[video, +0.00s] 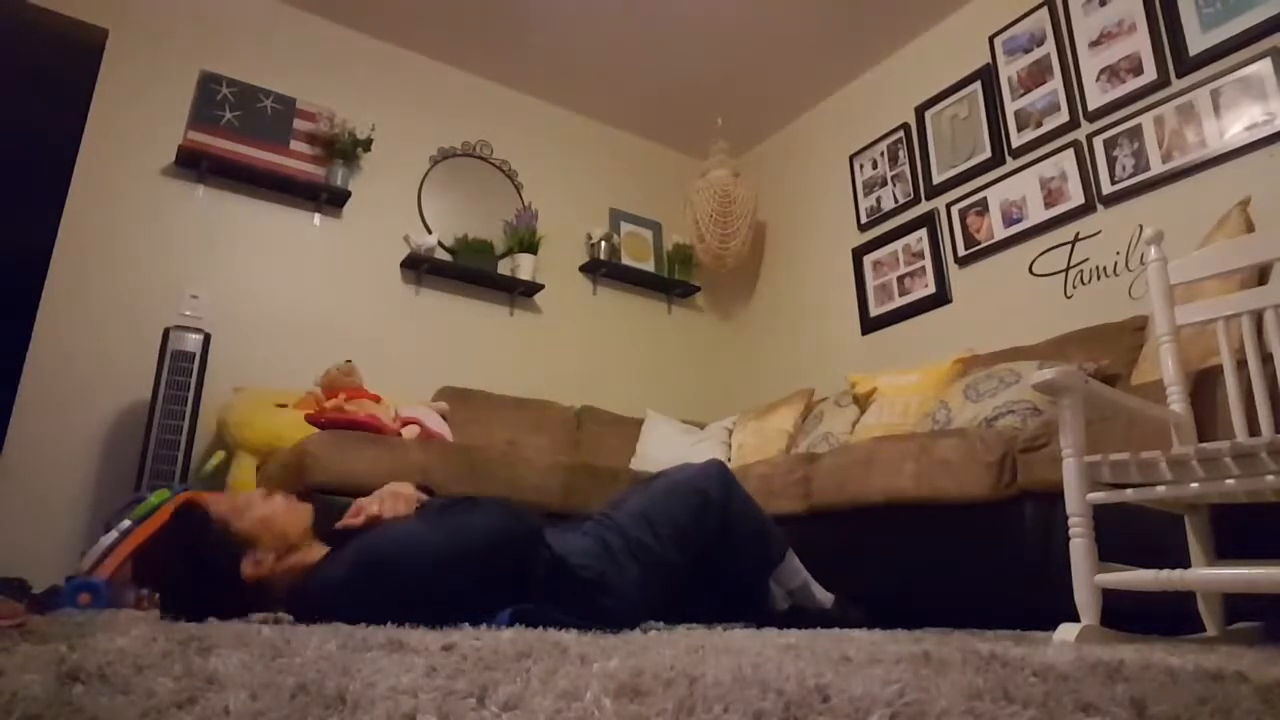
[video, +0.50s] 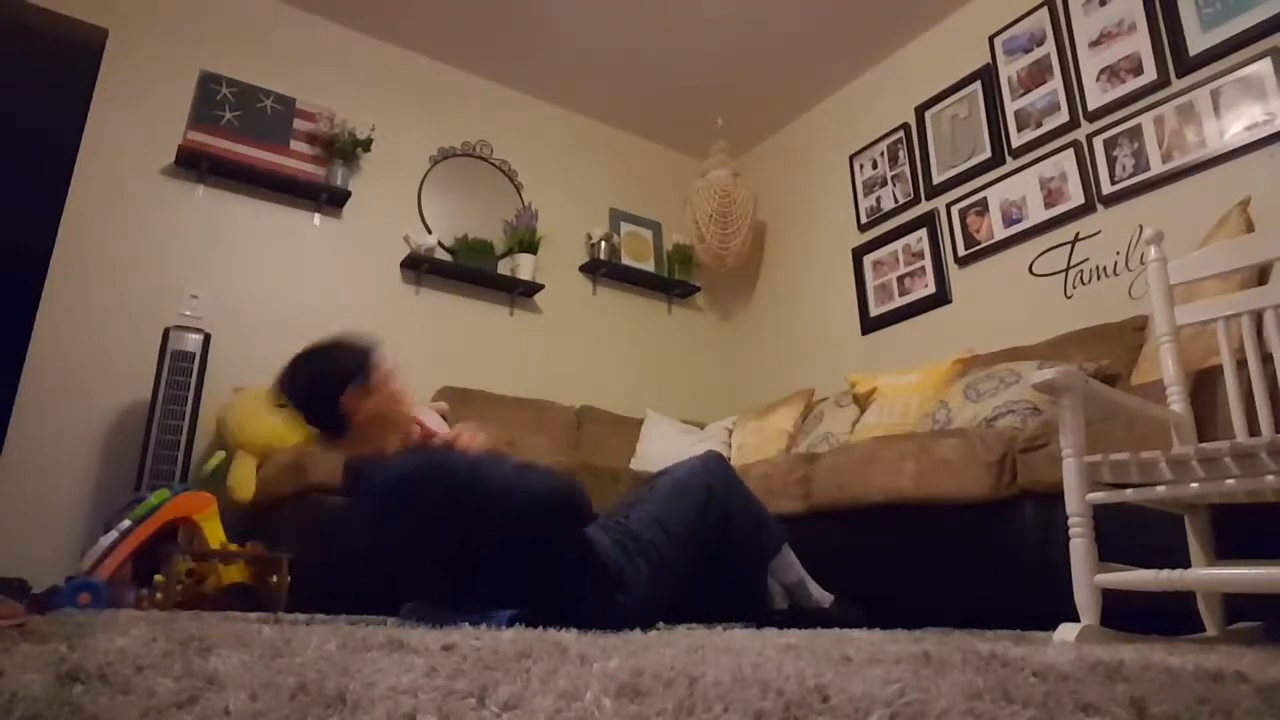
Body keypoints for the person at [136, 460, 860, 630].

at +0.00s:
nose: (266, 487)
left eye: (247, 491)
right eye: (249, 502)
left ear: (264, 552)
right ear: (257, 559)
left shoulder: (322, 562)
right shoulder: (355, 576)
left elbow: (486, 522)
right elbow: (511, 529)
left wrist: (412, 511)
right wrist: (417, 509)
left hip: (555, 564)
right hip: (575, 583)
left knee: (697, 504)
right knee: (708, 484)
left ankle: (785, 622)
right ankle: (817, 610)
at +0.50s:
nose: (401, 387)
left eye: (391, 375)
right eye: (387, 379)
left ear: (343, 414)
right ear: (356, 404)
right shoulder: (427, 478)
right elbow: (570, 503)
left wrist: (444, 455)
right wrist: (482, 455)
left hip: (541, 595)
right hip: (595, 590)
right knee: (709, 474)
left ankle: (786, 610)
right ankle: (806, 599)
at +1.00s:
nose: (728, 408)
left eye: (733, 404)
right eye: (731, 399)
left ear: (683, 363)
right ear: (722, 375)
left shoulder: (624, 394)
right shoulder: (706, 390)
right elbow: (695, 501)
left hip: (582, 589)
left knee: (729, 467)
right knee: (730, 481)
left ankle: (818, 593)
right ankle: (789, 599)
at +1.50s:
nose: (510, 353)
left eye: (508, 340)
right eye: (503, 339)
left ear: (450, 341)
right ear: (473, 338)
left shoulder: (425, 427)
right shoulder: (496, 420)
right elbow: (596, 509)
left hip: (511, 595)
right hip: (592, 599)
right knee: (713, 475)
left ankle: (790, 602)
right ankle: (812, 593)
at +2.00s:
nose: (334, 456)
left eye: (319, 448)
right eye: (314, 456)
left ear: (291, 506)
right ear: (289, 504)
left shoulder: (332, 564)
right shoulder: (369, 556)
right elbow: (537, 535)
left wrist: (437, 499)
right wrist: (444, 498)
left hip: (559, 567)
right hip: (583, 581)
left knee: (684, 484)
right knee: (712, 482)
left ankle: (789, 610)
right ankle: (819, 613)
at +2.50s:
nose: (617, 341)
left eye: (618, 330)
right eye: (617, 328)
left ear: (561, 312)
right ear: (598, 312)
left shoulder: (519, 382)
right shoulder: (599, 368)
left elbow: (521, 488)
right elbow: (653, 487)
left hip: (555, 590)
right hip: (627, 592)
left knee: (718, 465)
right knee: (719, 474)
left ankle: (812, 591)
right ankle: (787, 600)